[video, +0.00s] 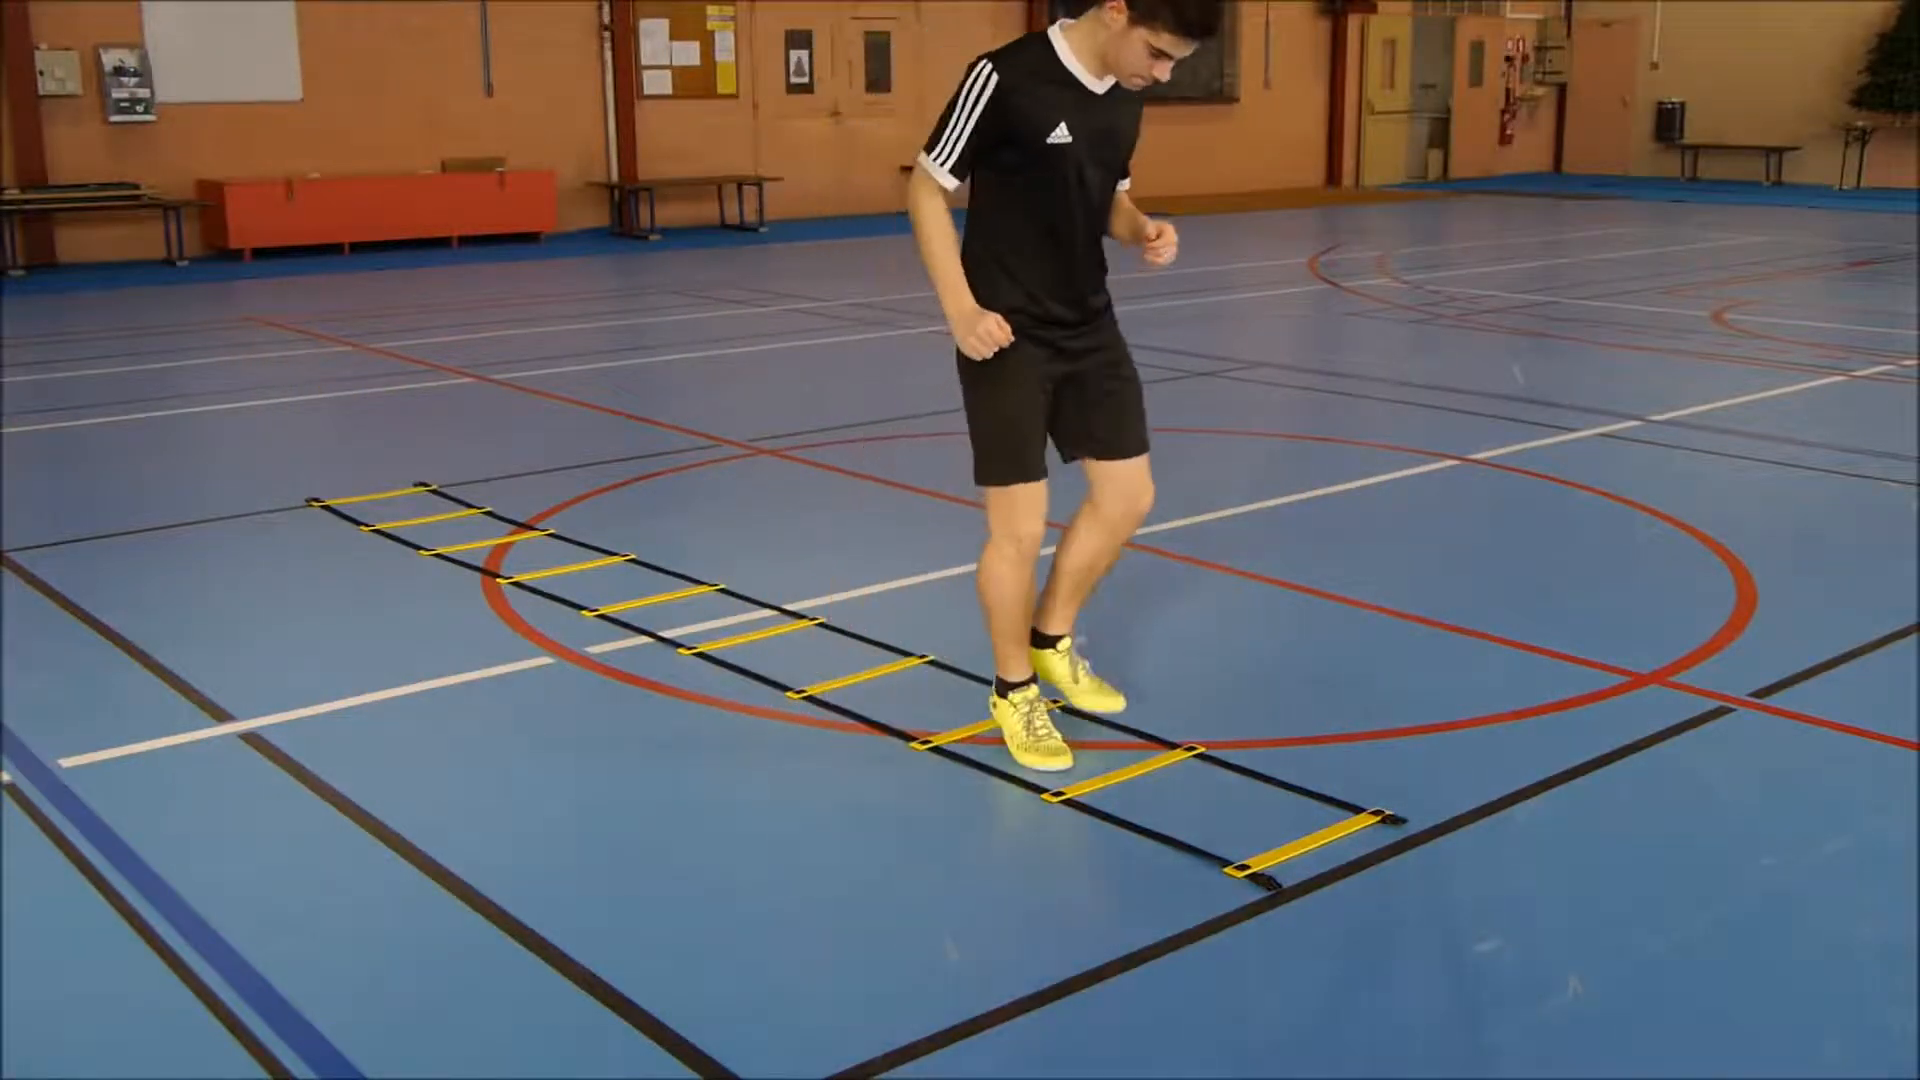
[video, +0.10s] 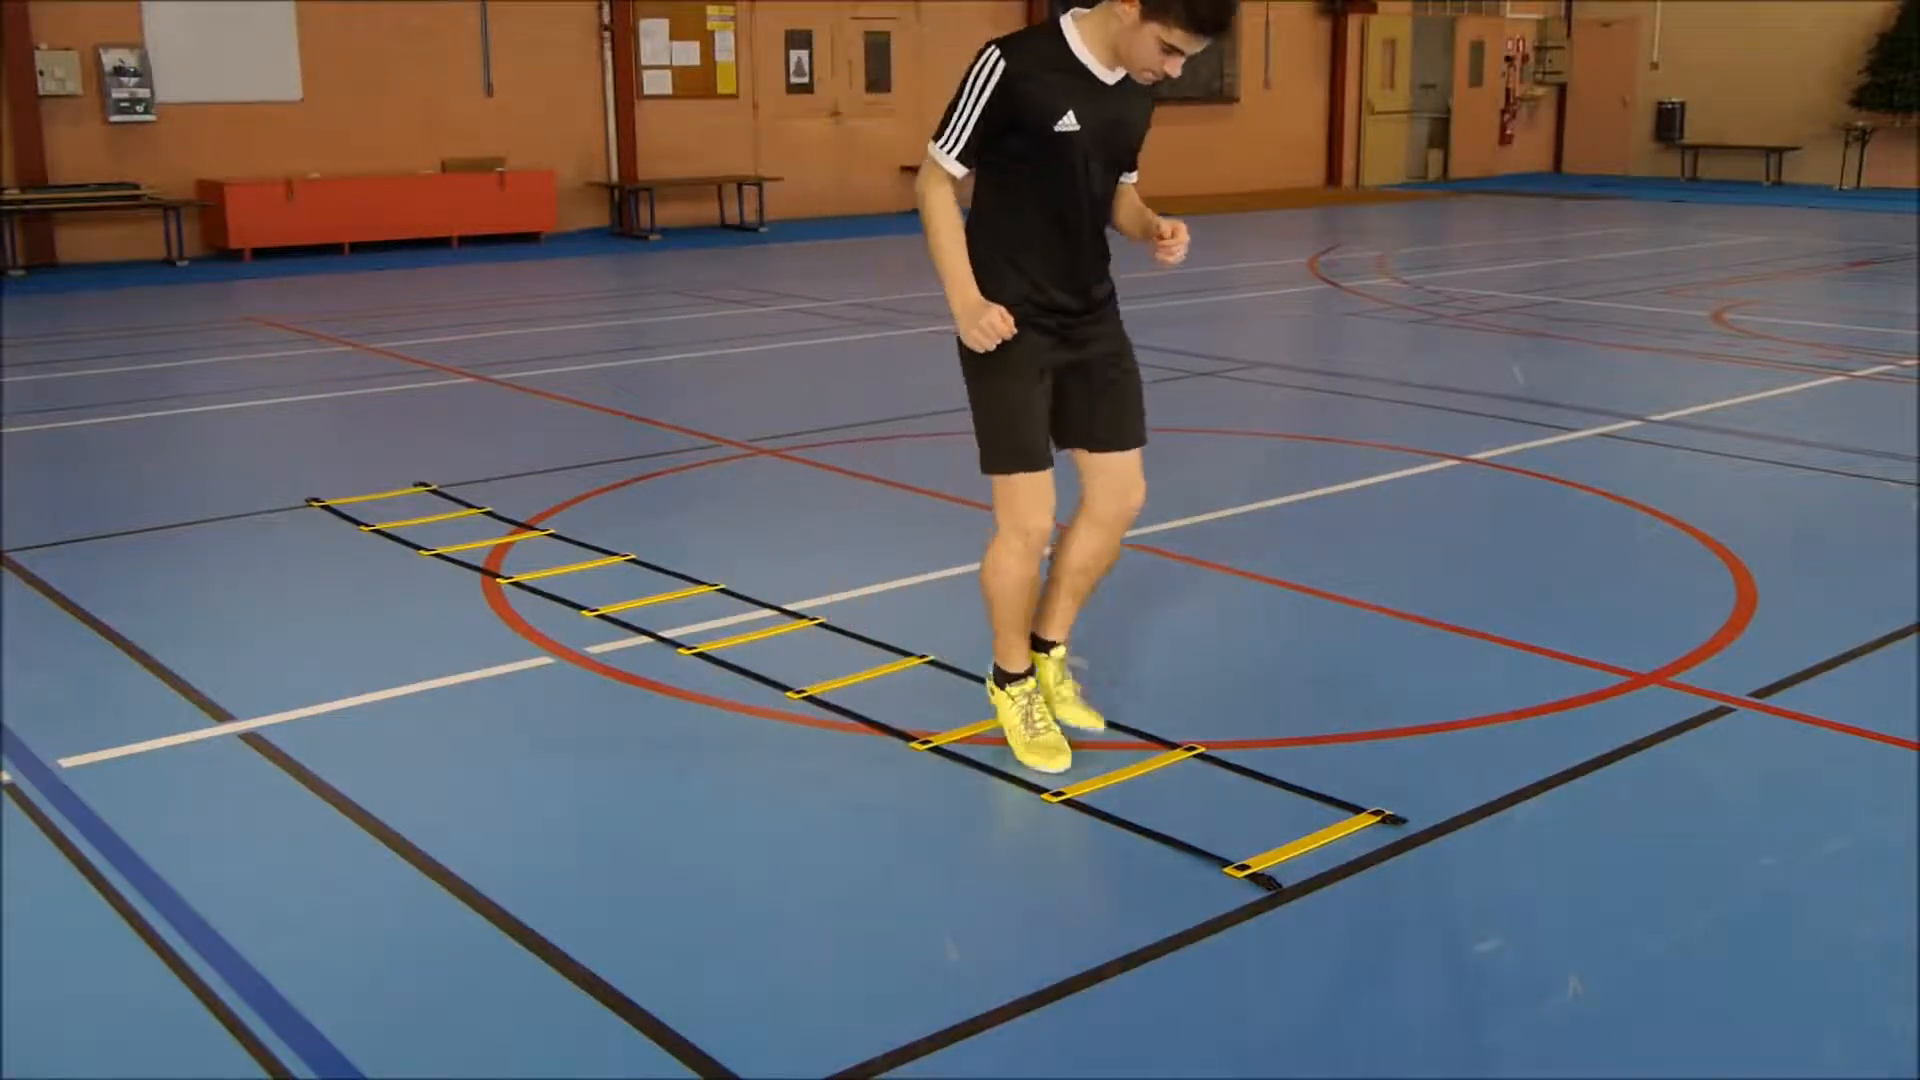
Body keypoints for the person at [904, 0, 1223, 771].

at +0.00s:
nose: (1161, 73)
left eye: (1174, 60)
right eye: (1156, 53)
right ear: (1113, 12)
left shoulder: (1125, 91)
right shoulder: (1001, 76)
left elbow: (1105, 194)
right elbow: (927, 188)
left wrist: (1141, 228)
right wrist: (961, 310)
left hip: (1087, 324)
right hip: (1003, 330)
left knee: (1127, 495)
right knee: (1019, 529)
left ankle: (1047, 639)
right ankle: (1014, 692)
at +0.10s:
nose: (1172, 69)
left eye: (1186, 56)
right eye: (1167, 49)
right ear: (1125, 8)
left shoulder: (1135, 86)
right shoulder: (1008, 63)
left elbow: (1116, 188)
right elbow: (935, 183)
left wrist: (1150, 227)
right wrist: (966, 303)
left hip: (1091, 314)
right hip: (1006, 319)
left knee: (1117, 497)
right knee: (1028, 525)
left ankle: (1045, 649)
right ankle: (1010, 681)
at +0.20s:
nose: (1181, 68)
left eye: (1194, 56)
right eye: (1176, 48)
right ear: (1136, 8)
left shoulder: (1143, 86)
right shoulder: (1013, 59)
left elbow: (1123, 182)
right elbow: (942, 178)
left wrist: (1162, 226)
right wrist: (972, 298)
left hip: (1097, 313)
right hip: (1012, 317)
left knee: (1103, 509)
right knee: (1038, 515)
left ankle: (1043, 674)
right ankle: (1005, 672)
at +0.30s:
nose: (1187, 71)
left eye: (1201, 58)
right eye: (1182, 51)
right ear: (1137, 10)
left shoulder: (1162, 85)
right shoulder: (1018, 68)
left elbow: (1136, 179)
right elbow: (946, 183)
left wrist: (1166, 228)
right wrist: (980, 301)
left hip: (1103, 318)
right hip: (1018, 317)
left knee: (1097, 512)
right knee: (1041, 516)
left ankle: (1032, 684)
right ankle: (999, 687)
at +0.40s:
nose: (1203, 89)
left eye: (1215, 77)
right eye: (1197, 69)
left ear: (1225, 57)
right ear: (1153, 20)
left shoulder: (1177, 101)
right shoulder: (1034, 95)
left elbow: (1160, 198)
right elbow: (963, 211)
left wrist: (1182, 246)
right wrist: (1005, 328)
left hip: (1117, 338)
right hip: (1032, 338)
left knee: (1130, 528)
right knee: (1028, 535)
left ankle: (1037, 676)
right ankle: (979, 739)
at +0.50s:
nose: (1213, 98)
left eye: (1227, 86)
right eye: (1208, 77)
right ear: (1161, 32)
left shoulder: (1179, 108)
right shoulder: (1045, 103)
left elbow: (1160, 205)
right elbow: (974, 223)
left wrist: (1186, 252)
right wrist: (1021, 342)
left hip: (1120, 343)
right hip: (1034, 345)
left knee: (1180, 518)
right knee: (1023, 550)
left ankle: (1065, 654)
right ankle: (966, 744)